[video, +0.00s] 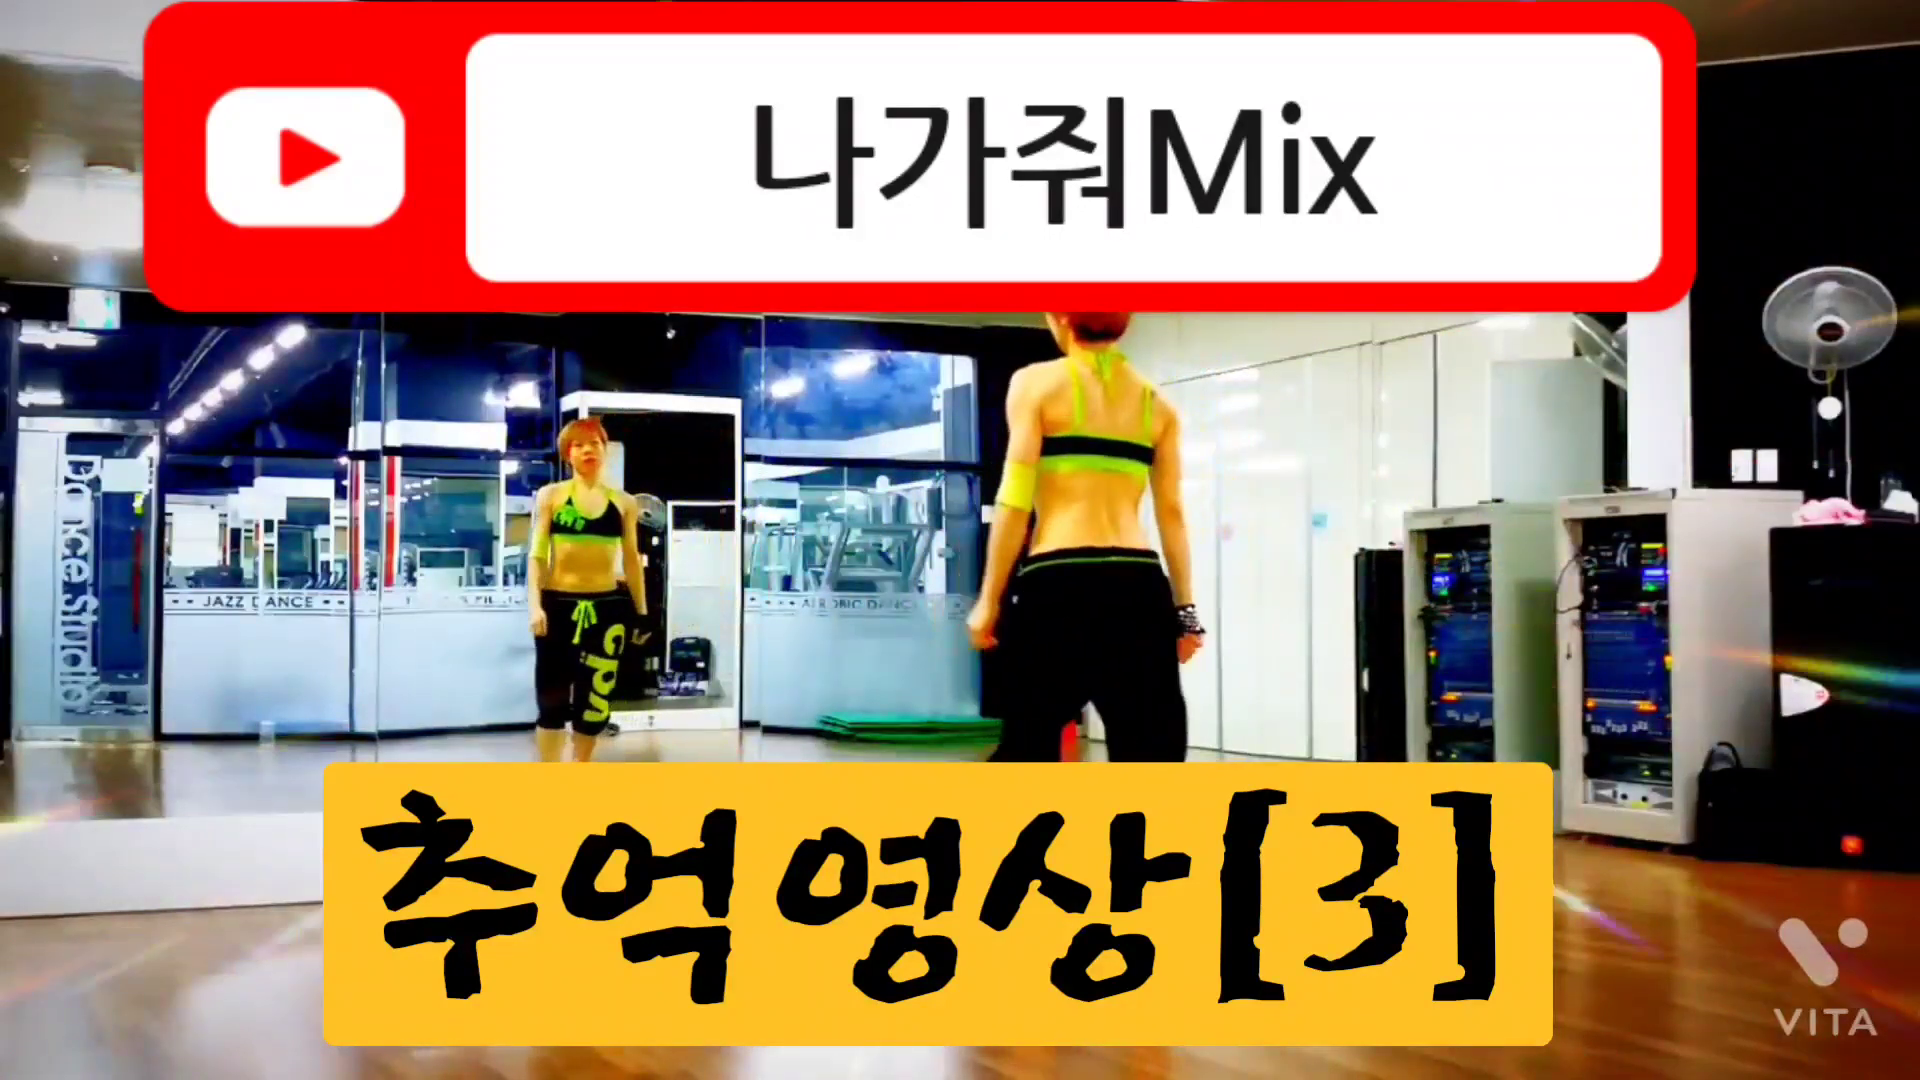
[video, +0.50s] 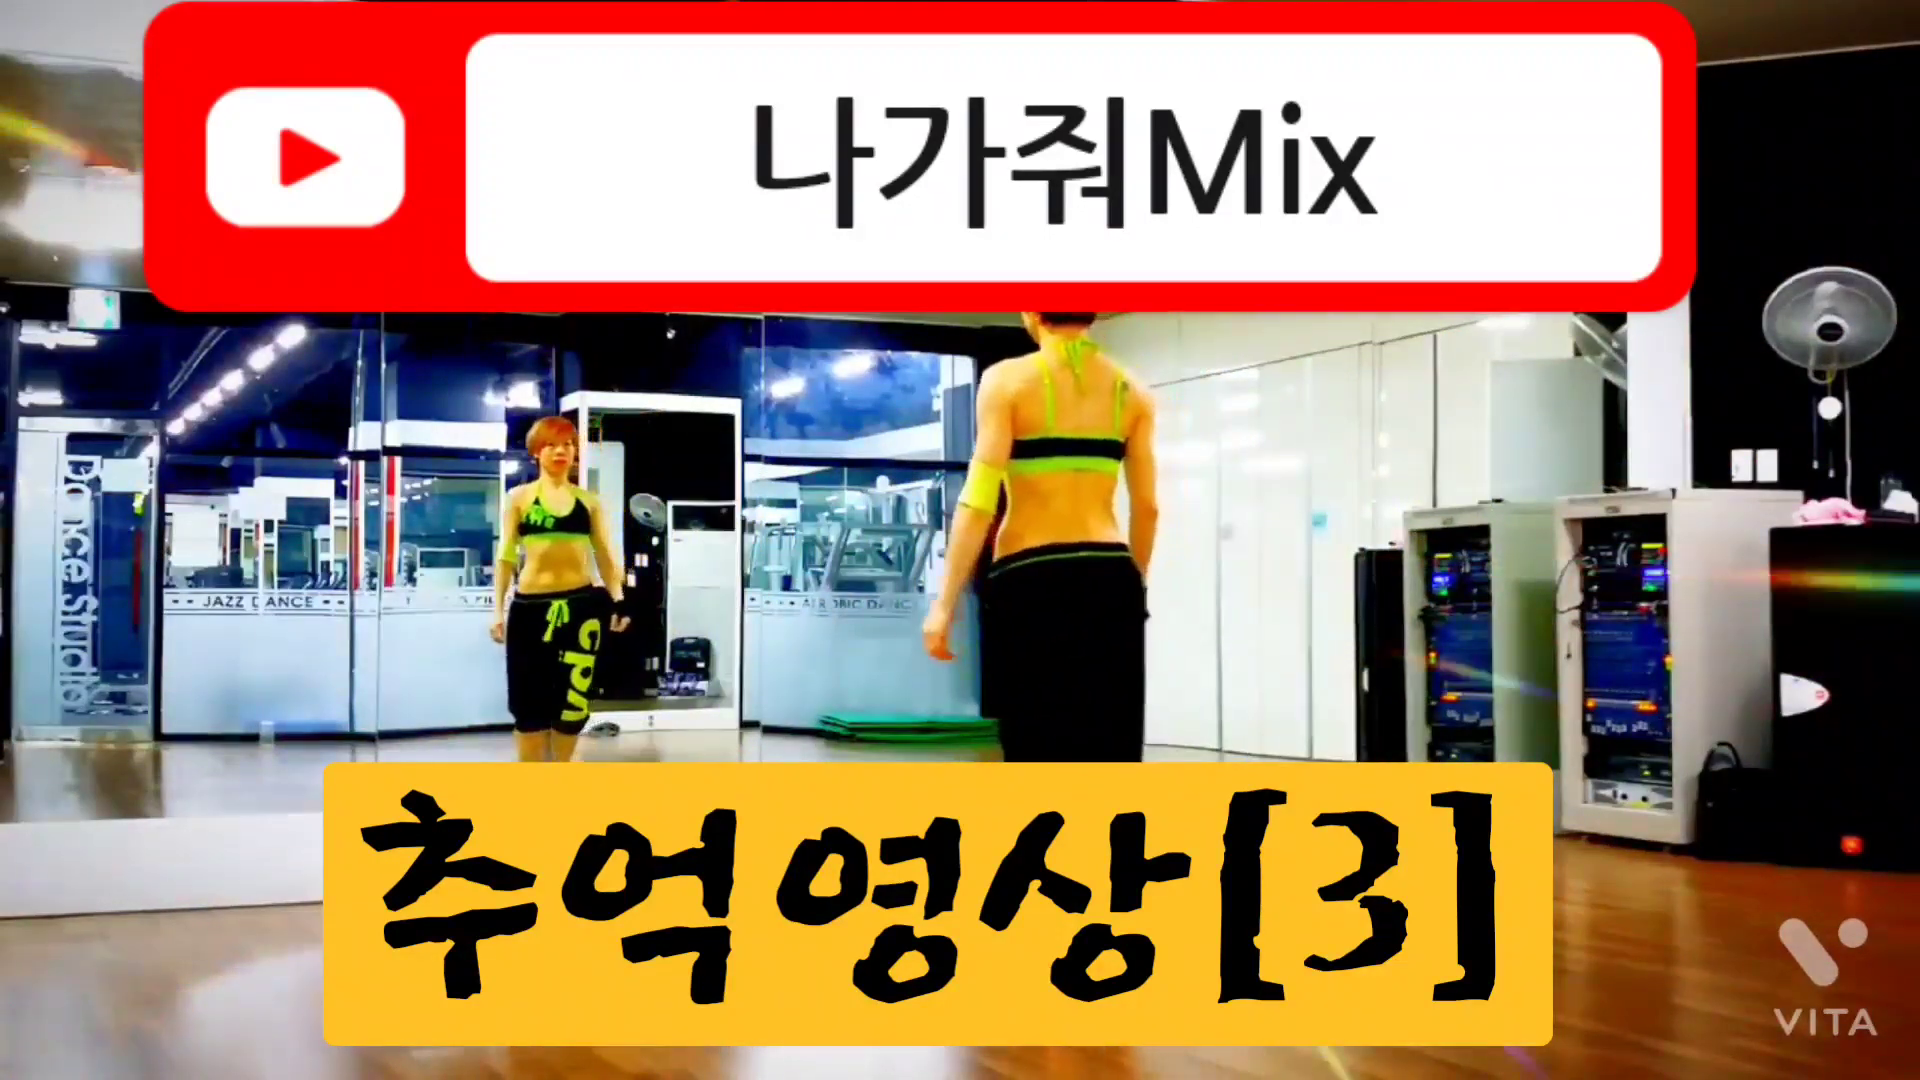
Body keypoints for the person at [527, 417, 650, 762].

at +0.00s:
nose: (588, 452)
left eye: (595, 444)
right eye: (579, 446)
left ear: (605, 450)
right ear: (568, 454)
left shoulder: (624, 502)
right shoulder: (550, 496)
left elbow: (633, 560)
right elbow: (537, 555)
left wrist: (642, 613)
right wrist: (535, 605)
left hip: (608, 608)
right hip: (559, 607)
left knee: (593, 703)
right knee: (553, 704)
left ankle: (579, 774)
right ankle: (549, 775)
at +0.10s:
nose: (584, 451)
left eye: (591, 444)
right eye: (575, 445)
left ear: (600, 450)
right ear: (564, 454)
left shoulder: (616, 501)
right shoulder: (545, 495)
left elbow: (629, 557)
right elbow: (536, 555)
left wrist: (642, 608)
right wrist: (528, 610)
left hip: (604, 608)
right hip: (554, 607)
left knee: (592, 707)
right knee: (549, 707)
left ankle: (579, 776)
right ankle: (544, 780)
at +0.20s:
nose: (576, 451)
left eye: (583, 444)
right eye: (567, 445)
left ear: (592, 450)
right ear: (554, 452)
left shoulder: (607, 500)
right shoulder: (536, 495)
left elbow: (622, 554)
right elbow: (524, 557)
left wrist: (637, 597)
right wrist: (515, 612)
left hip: (597, 607)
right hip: (546, 607)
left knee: (588, 705)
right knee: (538, 707)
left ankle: (576, 779)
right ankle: (536, 784)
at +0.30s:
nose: (572, 452)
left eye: (578, 445)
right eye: (563, 445)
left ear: (587, 450)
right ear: (549, 453)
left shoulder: (601, 501)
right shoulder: (531, 496)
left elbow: (619, 555)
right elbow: (519, 557)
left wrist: (635, 596)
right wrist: (509, 613)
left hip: (592, 608)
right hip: (541, 609)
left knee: (584, 706)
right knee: (534, 707)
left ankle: (575, 778)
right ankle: (534, 783)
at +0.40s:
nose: (563, 453)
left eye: (570, 446)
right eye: (555, 447)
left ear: (578, 452)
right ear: (541, 454)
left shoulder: (591, 502)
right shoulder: (522, 498)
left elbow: (611, 556)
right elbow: (510, 559)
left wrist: (625, 596)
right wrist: (501, 615)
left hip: (584, 609)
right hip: (532, 611)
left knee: (578, 709)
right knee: (531, 711)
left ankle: (569, 779)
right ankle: (534, 786)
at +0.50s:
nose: (560, 452)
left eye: (567, 446)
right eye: (552, 446)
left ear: (574, 452)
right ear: (537, 453)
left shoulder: (589, 501)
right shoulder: (519, 498)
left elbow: (605, 554)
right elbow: (506, 557)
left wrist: (618, 598)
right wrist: (499, 611)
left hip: (582, 607)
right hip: (530, 608)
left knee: (571, 709)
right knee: (529, 709)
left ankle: (559, 777)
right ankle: (532, 784)